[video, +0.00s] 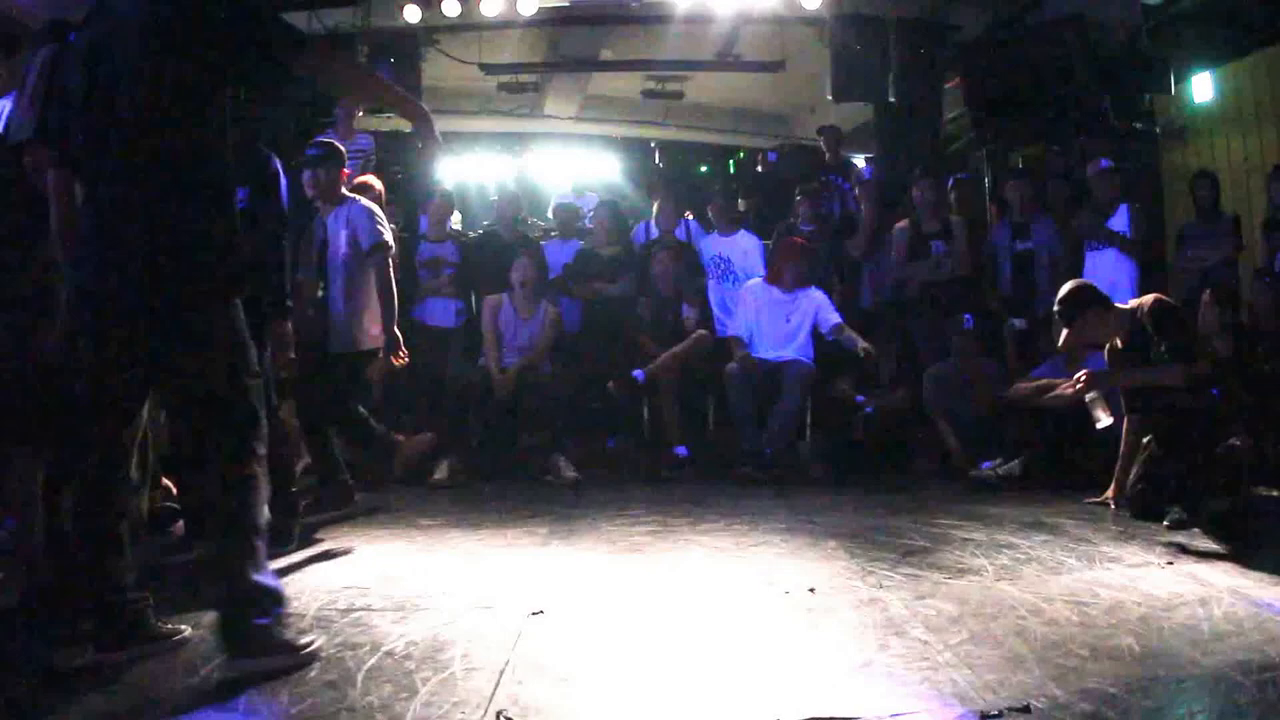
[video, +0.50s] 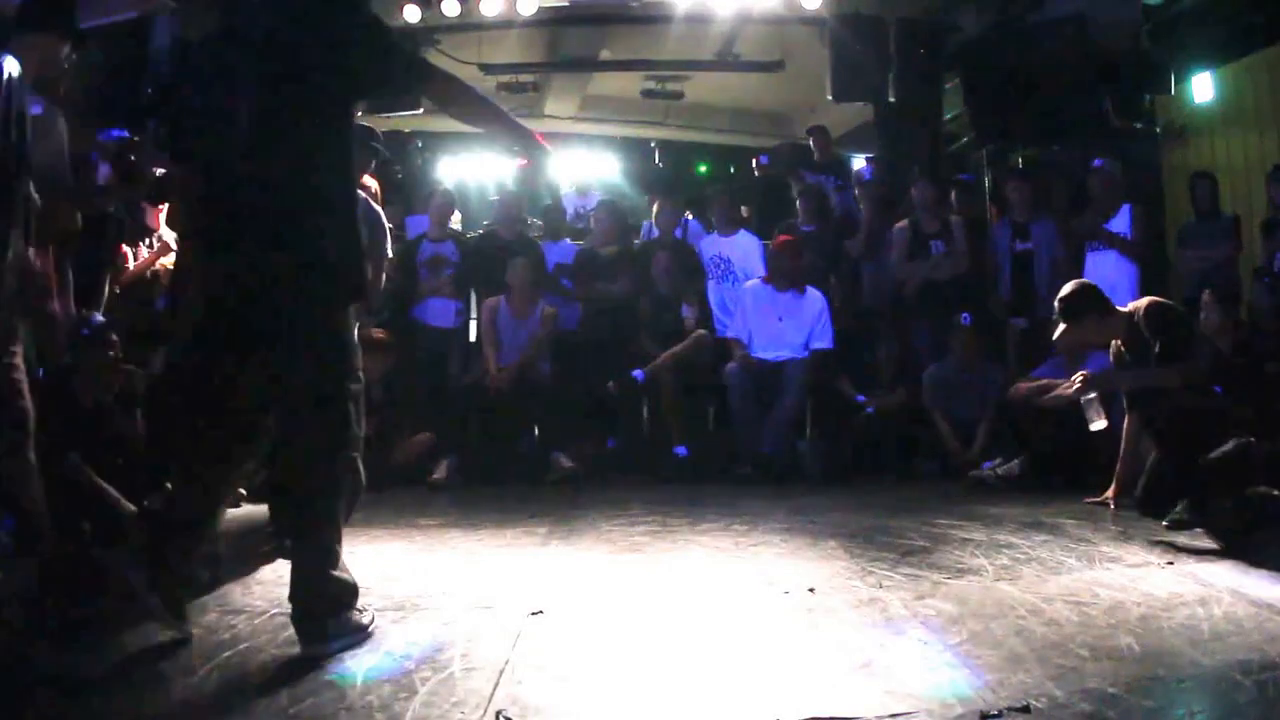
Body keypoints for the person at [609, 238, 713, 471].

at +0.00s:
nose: (662, 268)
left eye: (668, 262)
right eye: (657, 263)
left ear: (679, 266)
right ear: (650, 268)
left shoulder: (692, 299)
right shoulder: (646, 301)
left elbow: (703, 333)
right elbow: (640, 336)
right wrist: (664, 357)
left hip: (689, 357)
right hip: (657, 359)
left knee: (703, 337)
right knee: (668, 374)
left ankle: (643, 374)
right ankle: (677, 446)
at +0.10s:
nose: (661, 268)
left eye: (667, 263)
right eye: (656, 263)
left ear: (679, 266)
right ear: (650, 268)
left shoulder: (693, 297)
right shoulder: (646, 300)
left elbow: (701, 332)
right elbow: (642, 337)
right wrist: (668, 356)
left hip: (693, 356)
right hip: (659, 358)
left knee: (703, 337)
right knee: (668, 373)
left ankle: (643, 375)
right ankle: (678, 445)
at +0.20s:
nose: (658, 270)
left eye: (665, 264)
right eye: (655, 264)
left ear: (680, 267)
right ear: (650, 268)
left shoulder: (696, 296)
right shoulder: (647, 301)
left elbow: (705, 333)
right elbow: (646, 341)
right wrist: (673, 356)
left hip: (696, 357)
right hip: (660, 359)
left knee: (702, 337)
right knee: (669, 371)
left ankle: (641, 375)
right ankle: (677, 442)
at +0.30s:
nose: (659, 270)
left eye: (665, 263)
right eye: (656, 263)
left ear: (679, 268)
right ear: (652, 267)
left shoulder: (692, 296)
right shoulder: (646, 300)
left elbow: (697, 331)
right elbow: (642, 335)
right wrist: (665, 357)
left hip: (691, 354)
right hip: (658, 355)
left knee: (703, 338)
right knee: (670, 372)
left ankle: (642, 375)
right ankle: (678, 445)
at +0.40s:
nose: (656, 268)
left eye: (663, 262)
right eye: (655, 262)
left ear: (678, 268)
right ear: (651, 267)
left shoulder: (691, 298)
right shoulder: (645, 301)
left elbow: (699, 331)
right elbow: (640, 335)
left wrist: (691, 328)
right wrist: (665, 356)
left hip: (692, 356)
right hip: (659, 356)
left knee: (703, 338)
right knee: (669, 372)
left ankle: (642, 375)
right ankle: (678, 447)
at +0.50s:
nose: (663, 274)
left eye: (669, 268)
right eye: (658, 268)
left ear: (681, 271)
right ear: (650, 270)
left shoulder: (692, 300)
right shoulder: (647, 303)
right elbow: (644, 339)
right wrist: (667, 357)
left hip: (692, 355)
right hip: (658, 357)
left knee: (702, 338)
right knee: (668, 373)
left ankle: (641, 375)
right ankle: (678, 443)